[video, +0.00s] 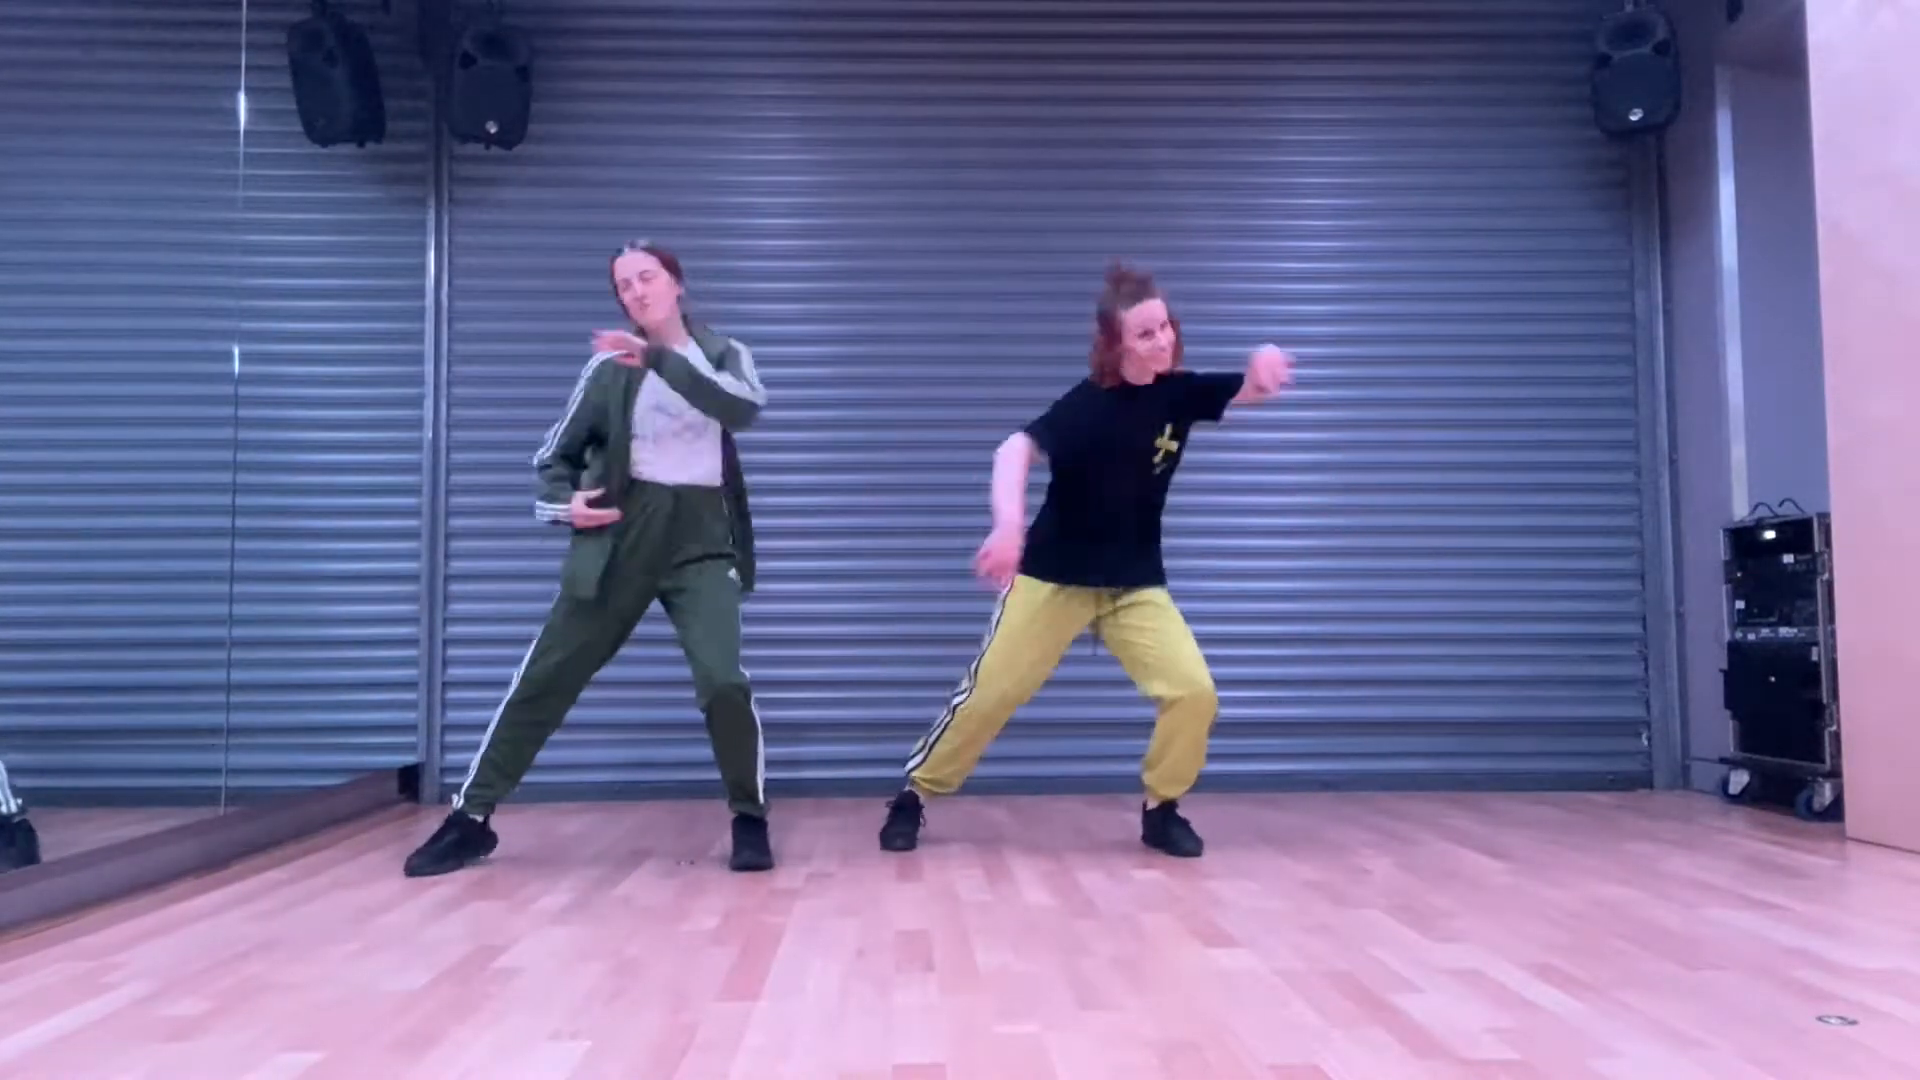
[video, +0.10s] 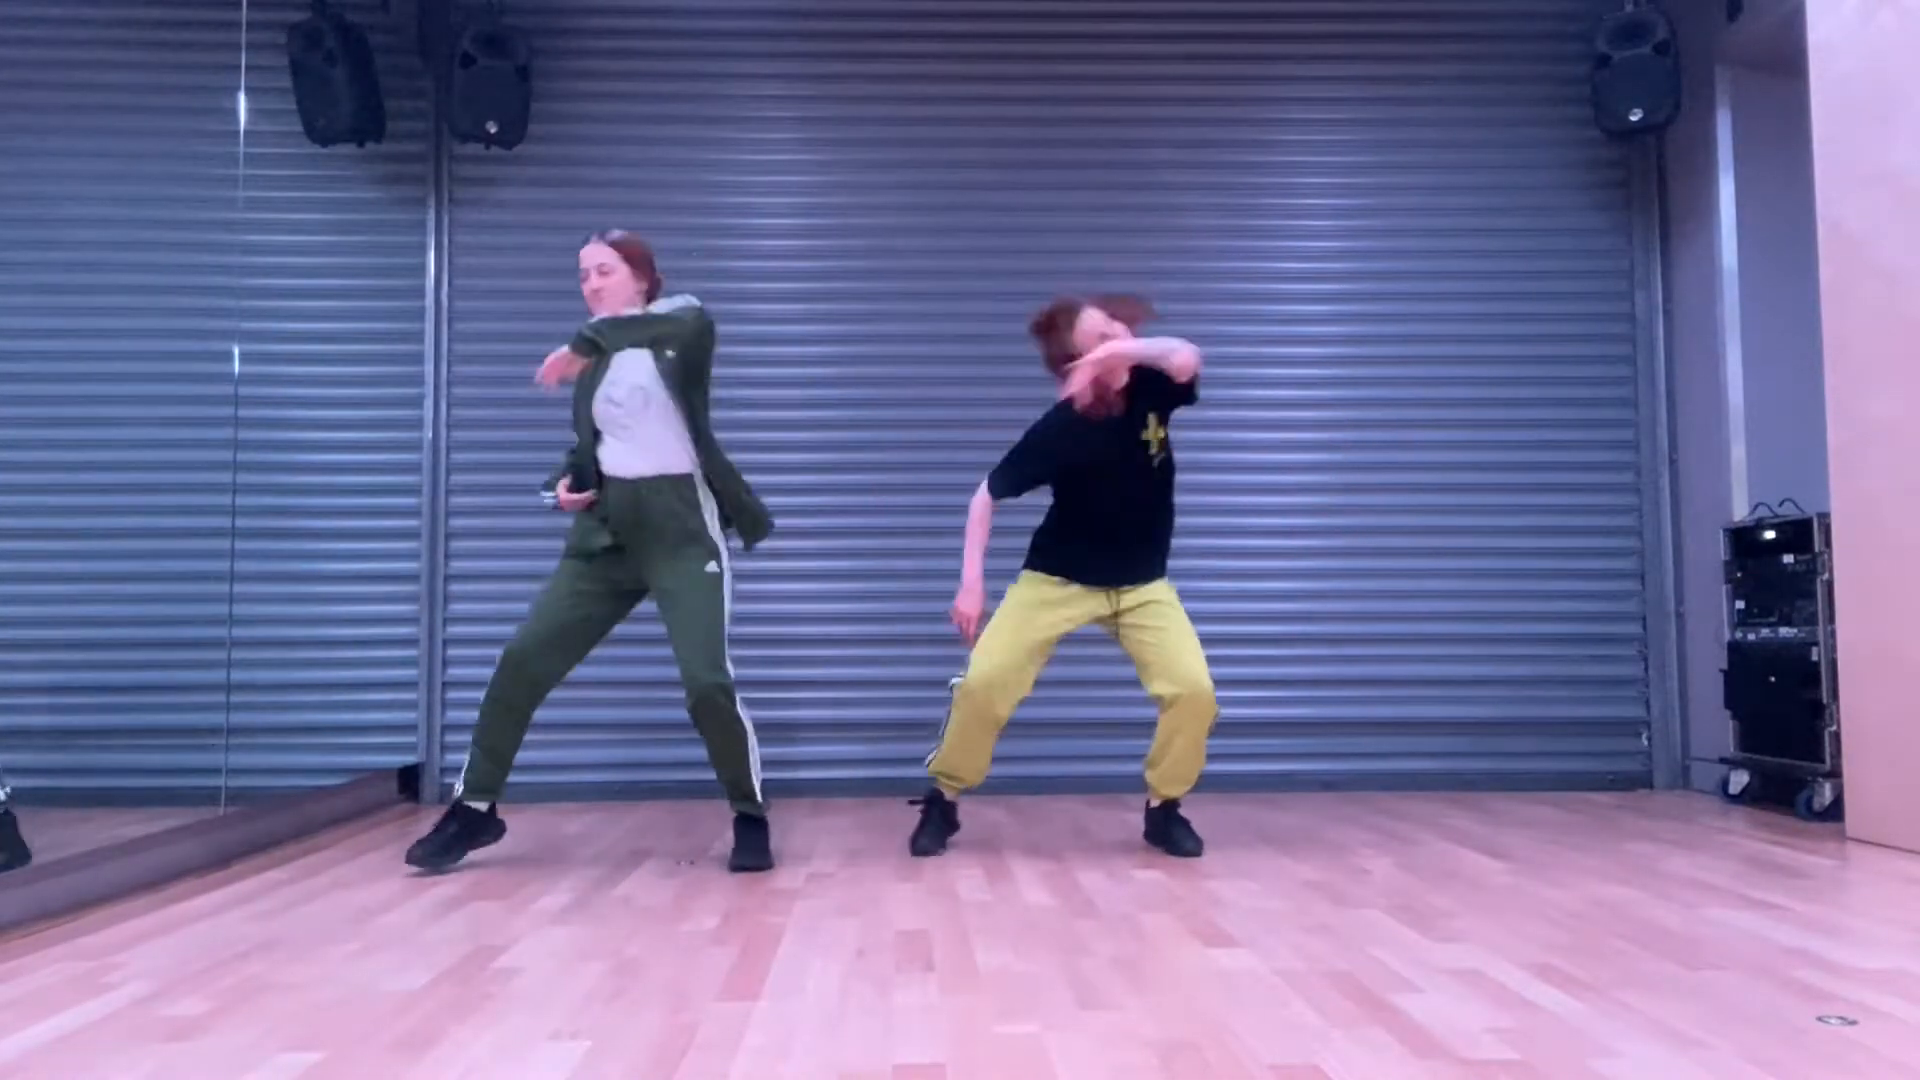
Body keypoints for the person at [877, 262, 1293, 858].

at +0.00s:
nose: (1162, 342)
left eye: (1165, 327)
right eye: (1145, 334)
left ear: (1174, 328)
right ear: (1115, 343)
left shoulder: (1181, 393)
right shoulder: (1089, 403)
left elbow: (1251, 390)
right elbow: (1014, 451)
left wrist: (1263, 368)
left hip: (1136, 586)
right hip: (1053, 583)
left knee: (1194, 693)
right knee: (991, 696)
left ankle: (1161, 810)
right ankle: (912, 797)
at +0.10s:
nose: (1121, 340)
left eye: (1117, 329)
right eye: (1102, 340)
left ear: (1127, 335)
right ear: (1078, 367)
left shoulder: (1154, 395)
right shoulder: (1062, 429)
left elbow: (1185, 358)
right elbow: (985, 496)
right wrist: (971, 585)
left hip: (1143, 586)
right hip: (1055, 584)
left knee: (1193, 692)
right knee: (983, 683)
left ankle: (1164, 810)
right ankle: (941, 803)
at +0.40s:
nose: (938, 332)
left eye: (950, 326)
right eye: (944, 322)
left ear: (979, 344)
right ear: (986, 347)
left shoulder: (995, 399)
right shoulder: (989, 399)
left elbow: (999, 500)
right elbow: (1020, 506)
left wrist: (1002, 573)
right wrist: (986, 562)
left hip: (1079, 586)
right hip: (1028, 583)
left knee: (1087, 739)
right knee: (955, 674)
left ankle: (1207, 790)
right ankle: (985, 818)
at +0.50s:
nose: (943, 331)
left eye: (953, 320)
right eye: (944, 319)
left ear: (987, 324)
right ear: (971, 323)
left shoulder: (1001, 375)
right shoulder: (981, 382)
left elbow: (1041, 457)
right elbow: (967, 500)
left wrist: (1088, 532)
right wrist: (911, 473)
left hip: (1021, 569)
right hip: (991, 570)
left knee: (1032, 718)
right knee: (942, 675)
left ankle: (1179, 761)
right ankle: (984, 818)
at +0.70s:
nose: (929, 255)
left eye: (940, 244)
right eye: (928, 244)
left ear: (977, 241)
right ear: (944, 247)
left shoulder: (1008, 276)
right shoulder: (951, 314)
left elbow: (1076, 293)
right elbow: (874, 318)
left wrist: (1075, 345)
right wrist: (861, 236)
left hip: (1024, 469)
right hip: (1033, 486)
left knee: (900, 511)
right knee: (1001, 634)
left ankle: (1003, 623)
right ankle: (983, 795)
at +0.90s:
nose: (935, 272)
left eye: (943, 262)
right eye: (934, 262)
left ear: (978, 262)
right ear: (957, 267)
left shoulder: (1024, 306)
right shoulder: (954, 330)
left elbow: (1085, 309)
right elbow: (886, 358)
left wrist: (1025, 353)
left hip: (1026, 486)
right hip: (995, 495)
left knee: (877, 479)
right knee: (983, 641)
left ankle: (965, 604)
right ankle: (988, 809)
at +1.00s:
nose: (954, 294)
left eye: (964, 283)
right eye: (953, 283)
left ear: (999, 279)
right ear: (991, 283)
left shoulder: (1054, 331)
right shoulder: (995, 354)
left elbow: (1075, 406)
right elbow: (961, 437)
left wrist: (1006, 462)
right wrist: (892, 465)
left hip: (985, 510)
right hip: (994, 514)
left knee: (885, 621)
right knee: (973, 654)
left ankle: (999, 727)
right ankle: (988, 817)